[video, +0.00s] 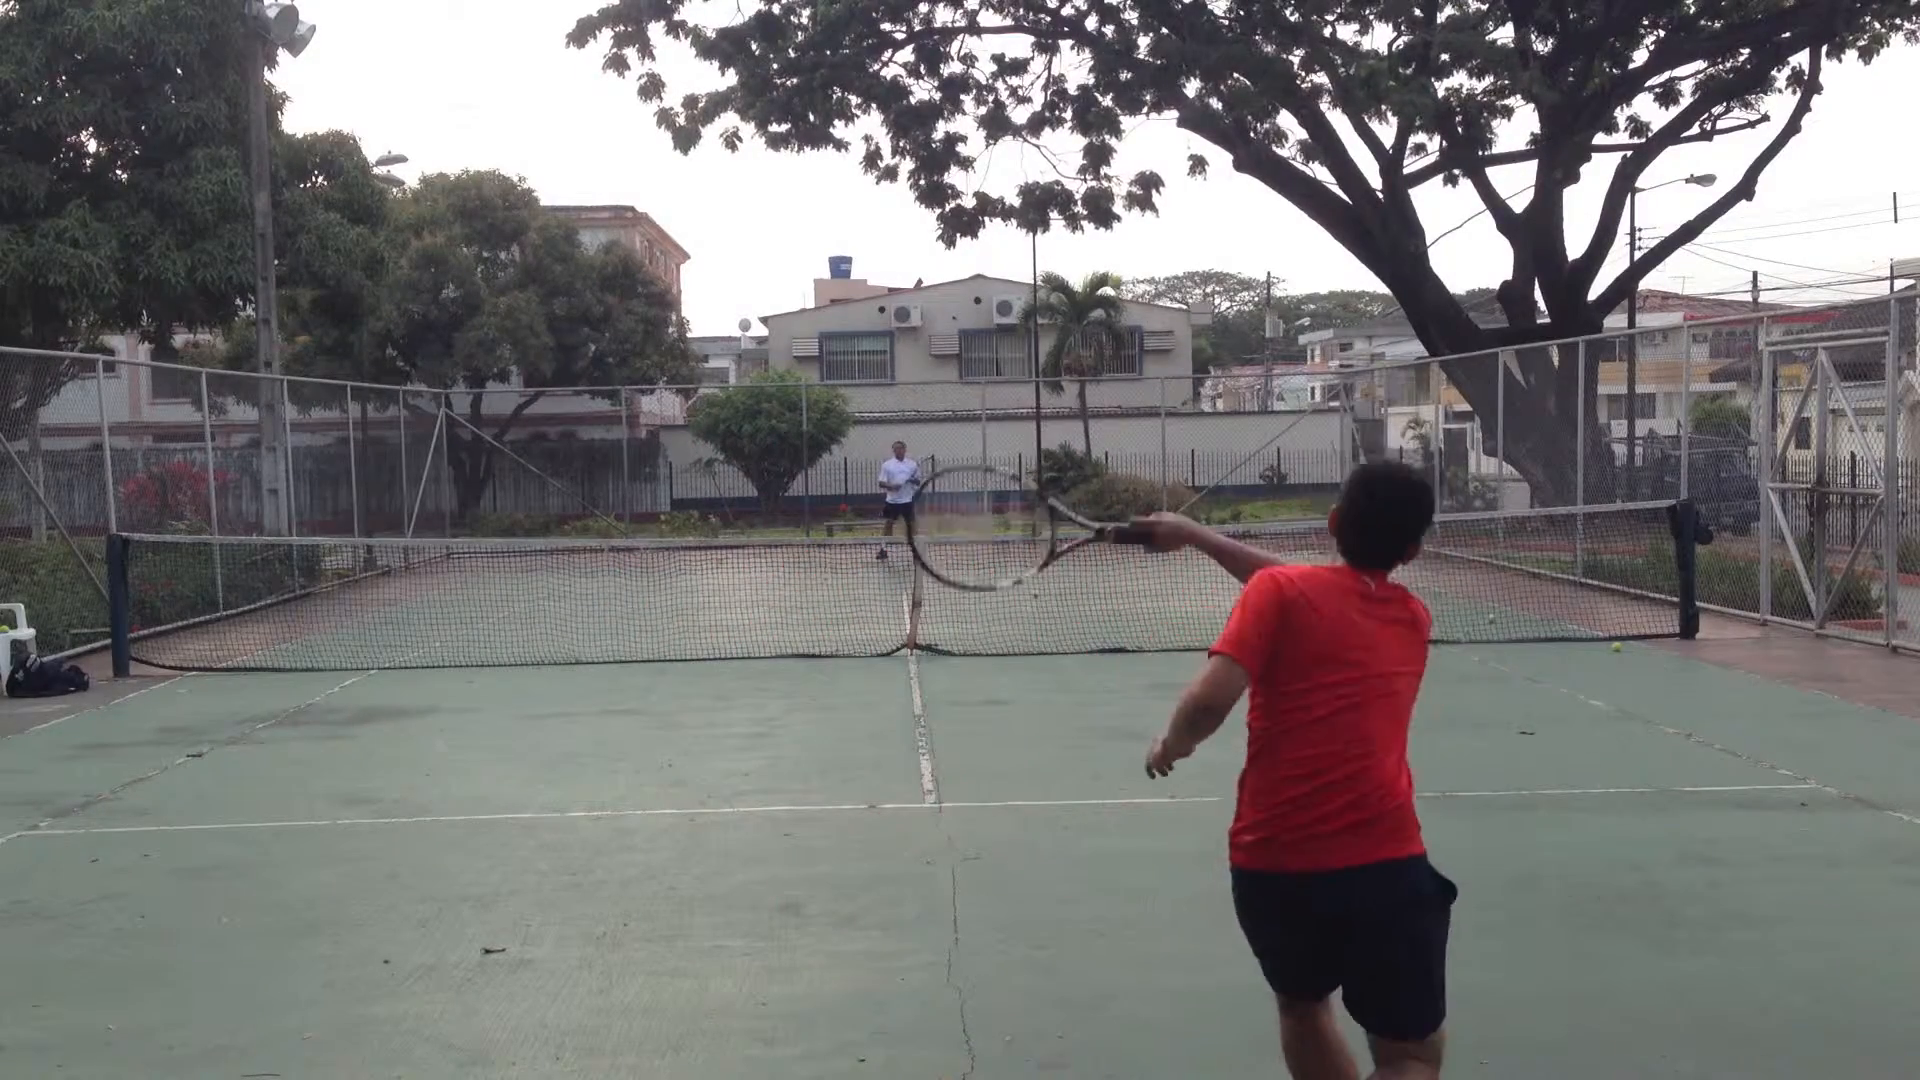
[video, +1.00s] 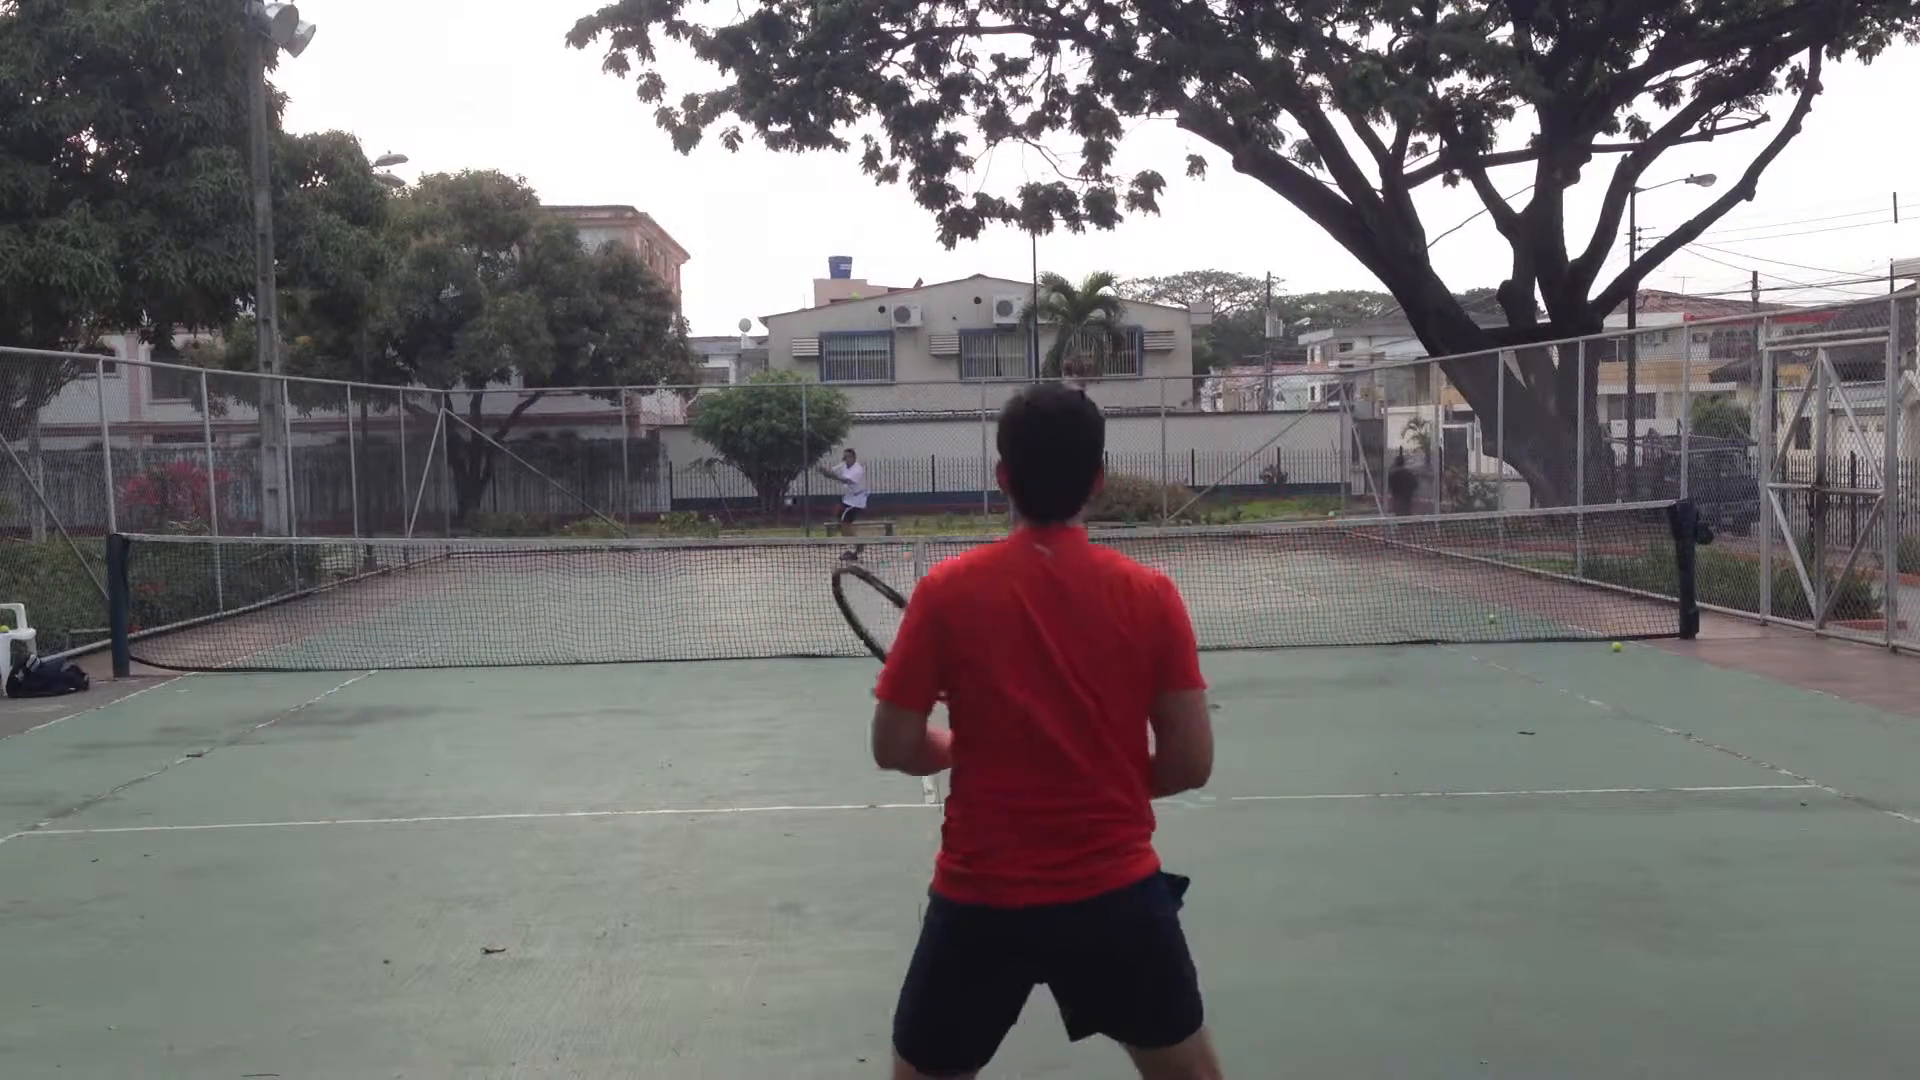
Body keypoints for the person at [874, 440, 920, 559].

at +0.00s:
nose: (899, 451)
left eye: (901, 449)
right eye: (896, 449)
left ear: (905, 450)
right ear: (893, 451)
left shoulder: (912, 464)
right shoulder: (887, 465)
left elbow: (918, 481)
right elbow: (881, 483)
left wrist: (913, 480)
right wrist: (892, 487)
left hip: (907, 501)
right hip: (892, 501)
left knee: (911, 524)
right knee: (889, 523)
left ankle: (913, 548)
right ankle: (884, 548)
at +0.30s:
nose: (888, 453)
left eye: (890, 450)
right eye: (886, 450)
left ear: (895, 451)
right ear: (884, 452)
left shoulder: (903, 465)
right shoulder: (878, 466)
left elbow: (910, 482)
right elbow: (869, 481)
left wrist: (899, 479)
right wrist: (879, 485)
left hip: (899, 501)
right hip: (884, 501)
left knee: (906, 525)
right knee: (882, 526)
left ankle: (914, 547)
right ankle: (883, 549)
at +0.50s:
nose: (876, 455)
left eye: (878, 452)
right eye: (874, 452)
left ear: (883, 453)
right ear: (872, 454)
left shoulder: (890, 466)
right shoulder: (868, 466)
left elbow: (893, 484)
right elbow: (854, 475)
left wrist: (881, 478)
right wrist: (867, 480)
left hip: (886, 500)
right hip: (872, 500)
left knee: (889, 525)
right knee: (870, 524)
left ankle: (887, 548)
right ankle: (879, 547)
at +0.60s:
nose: (871, 454)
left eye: (874, 451)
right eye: (869, 451)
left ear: (878, 453)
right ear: (867, 453)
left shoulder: (883, 466)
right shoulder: (863, 465)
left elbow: (887, 485)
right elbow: (848, 474)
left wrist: (874, 479)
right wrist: (858, 478)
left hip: (880, 499)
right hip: (867, 500)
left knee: (881, 523)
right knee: (868, 524)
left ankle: (892, 544)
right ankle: (880, 547)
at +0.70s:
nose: (867, 453)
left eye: (869, 450)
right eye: (865, 450)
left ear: (872, 452)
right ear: (861, 452)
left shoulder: (877, 465)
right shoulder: (857, 463)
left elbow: (879, 480)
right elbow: (845, 469)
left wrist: (878, 483)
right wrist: (846, 472)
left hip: (874, 495)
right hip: (863, 495)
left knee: (867, 516)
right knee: (865, 520)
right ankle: (874, 539)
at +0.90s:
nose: (853, 455)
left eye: (855, 453)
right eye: (851, 453)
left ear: (860, 453)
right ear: (849, 454)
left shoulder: (862, 465)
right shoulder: (848, 462)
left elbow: (859, 479)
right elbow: (838, 467)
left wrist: (841, 475)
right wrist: (835, 466)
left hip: (862, 498)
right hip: (853, 497)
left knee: (854, 524)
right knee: (854, 525)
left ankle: (853, 549)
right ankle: (871, 545)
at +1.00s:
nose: (846, 460)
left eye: (848, 457)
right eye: (845, 457)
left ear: (854, 458)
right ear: (844, 458)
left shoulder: (858, 470)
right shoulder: (844, 466)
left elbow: (847, 480)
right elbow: (833, 472)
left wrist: (828, 474)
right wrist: (824, 471)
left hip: (857, 500)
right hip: (848, 498)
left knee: (844, 523)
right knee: (842, 522)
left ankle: (854, 548)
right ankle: (858, 542)